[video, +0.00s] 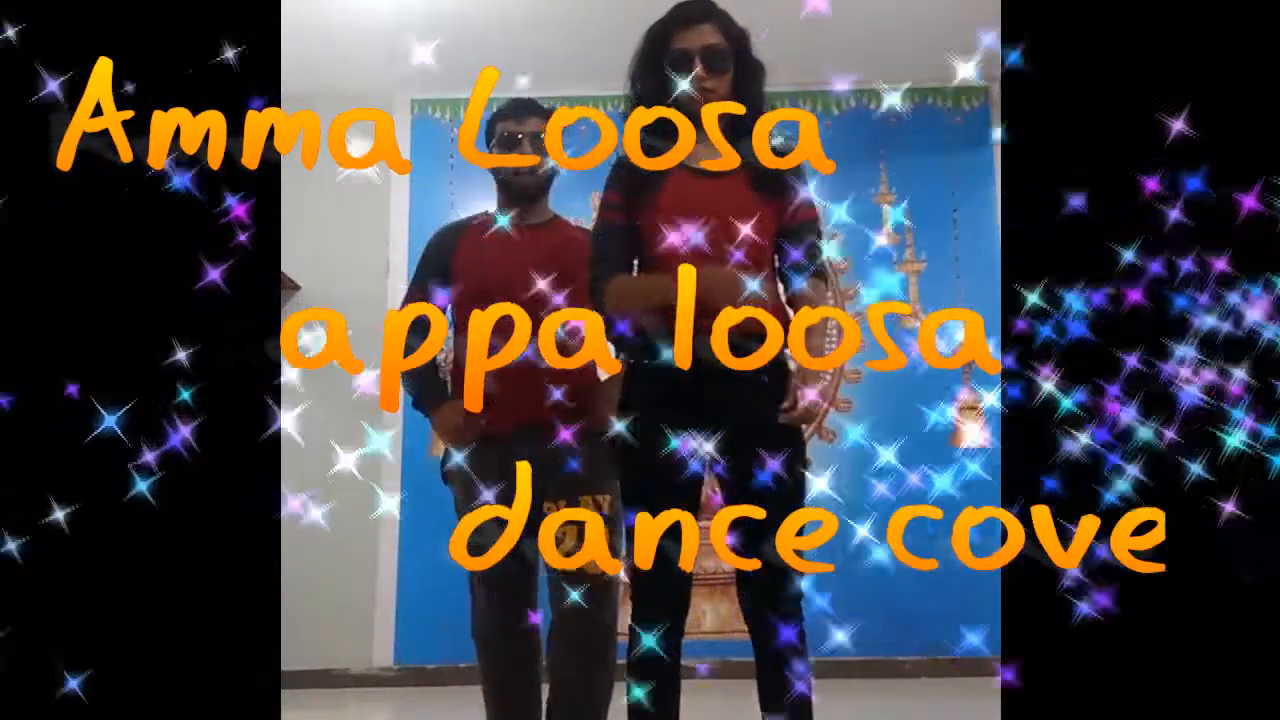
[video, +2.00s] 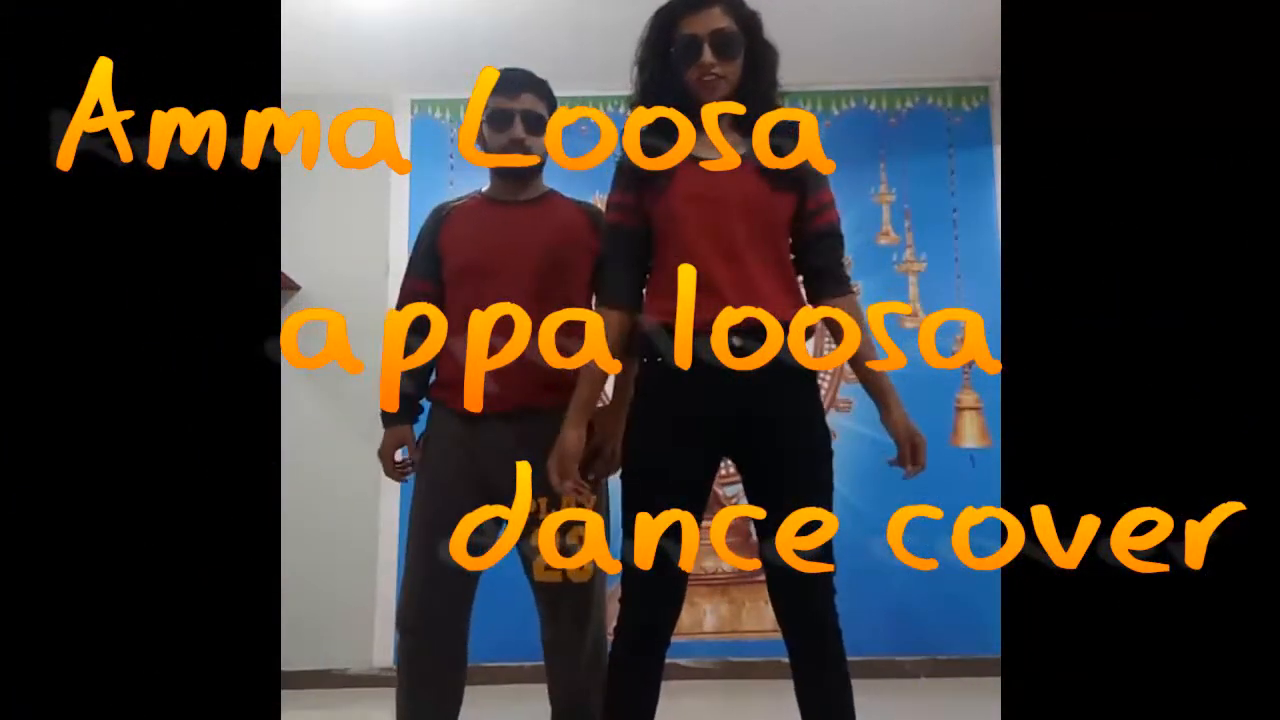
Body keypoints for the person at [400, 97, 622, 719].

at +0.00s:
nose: (522, 152)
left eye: (535, 140)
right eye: (508, 142)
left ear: (557, 154)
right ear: (487, 156)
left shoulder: (592, 247)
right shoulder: (453, 244)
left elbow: (626, 330)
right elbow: (412, 336)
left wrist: (613, 395)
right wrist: (438, 407)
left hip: (578, 442)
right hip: (486, 447)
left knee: (586, 603)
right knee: (500, 605)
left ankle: (578, 715)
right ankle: (511, 716)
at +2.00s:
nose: (517, 132)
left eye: (531, 121)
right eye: (502, 120)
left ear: (551, 133)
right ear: (478, 131)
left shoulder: (588, 224)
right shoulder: (446, 222)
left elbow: (622, 333)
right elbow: (413, 324)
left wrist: (612, 427)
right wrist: (398, 417)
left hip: (557, 438)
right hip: (457, 437)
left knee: (573, 613)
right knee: (428, 612)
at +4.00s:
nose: (493, 140)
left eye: (507, 131)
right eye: (478, 129)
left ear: (526, 145)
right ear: (456, 139)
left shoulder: (560, 216)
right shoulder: (423, 218)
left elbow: (600, 301)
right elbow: (389, 312)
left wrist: (576, 367)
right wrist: (399, 371)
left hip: (541, 433)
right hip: (445, 436)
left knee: (561, 621)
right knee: (431, 621)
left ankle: (578, 718)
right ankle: (424, 719)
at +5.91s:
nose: (490, 131)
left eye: (504, 119)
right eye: (474, 119)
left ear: (522, 134)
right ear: (452, 133)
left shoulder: (566, 225)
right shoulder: (418, 229)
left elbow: (601, 324)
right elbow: (385, 324)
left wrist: (585, 391)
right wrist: (395, 381)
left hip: (547, 444)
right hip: (444, 445)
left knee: (567, 632)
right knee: (430, 637)